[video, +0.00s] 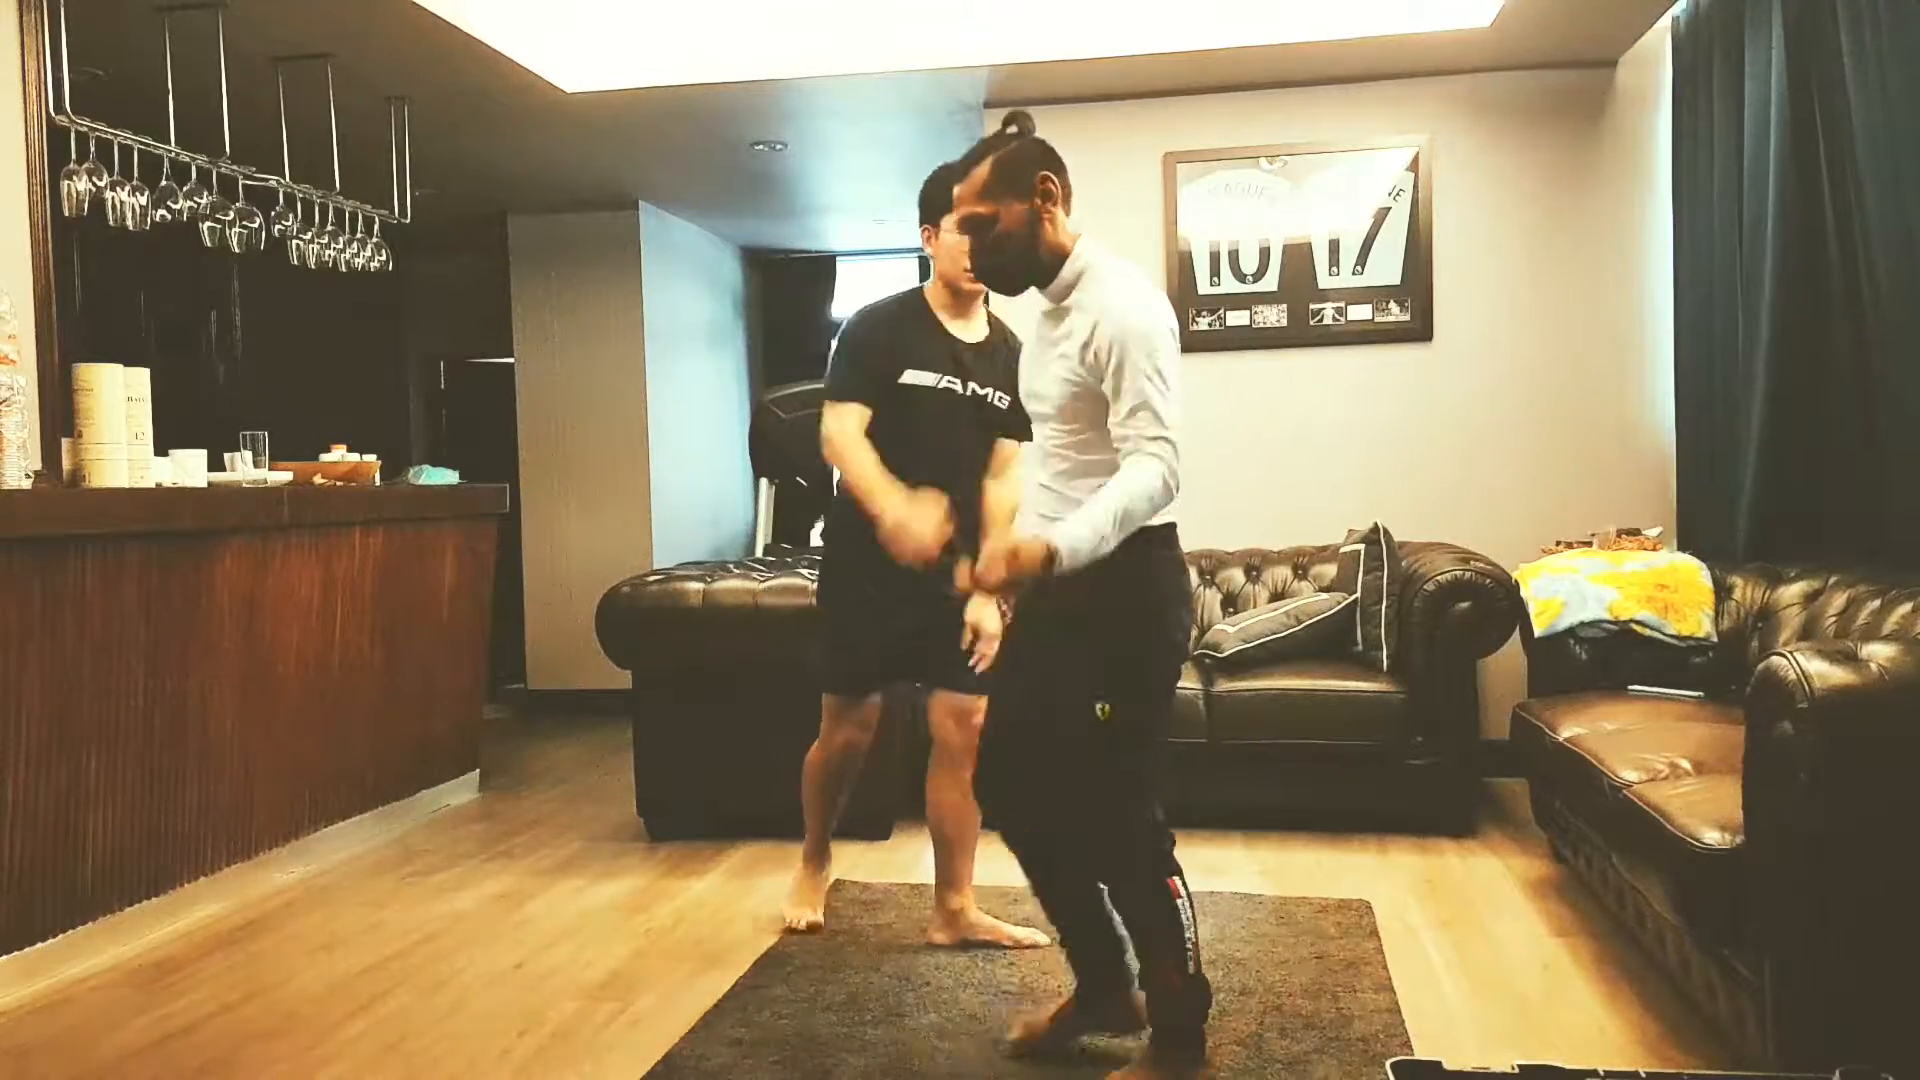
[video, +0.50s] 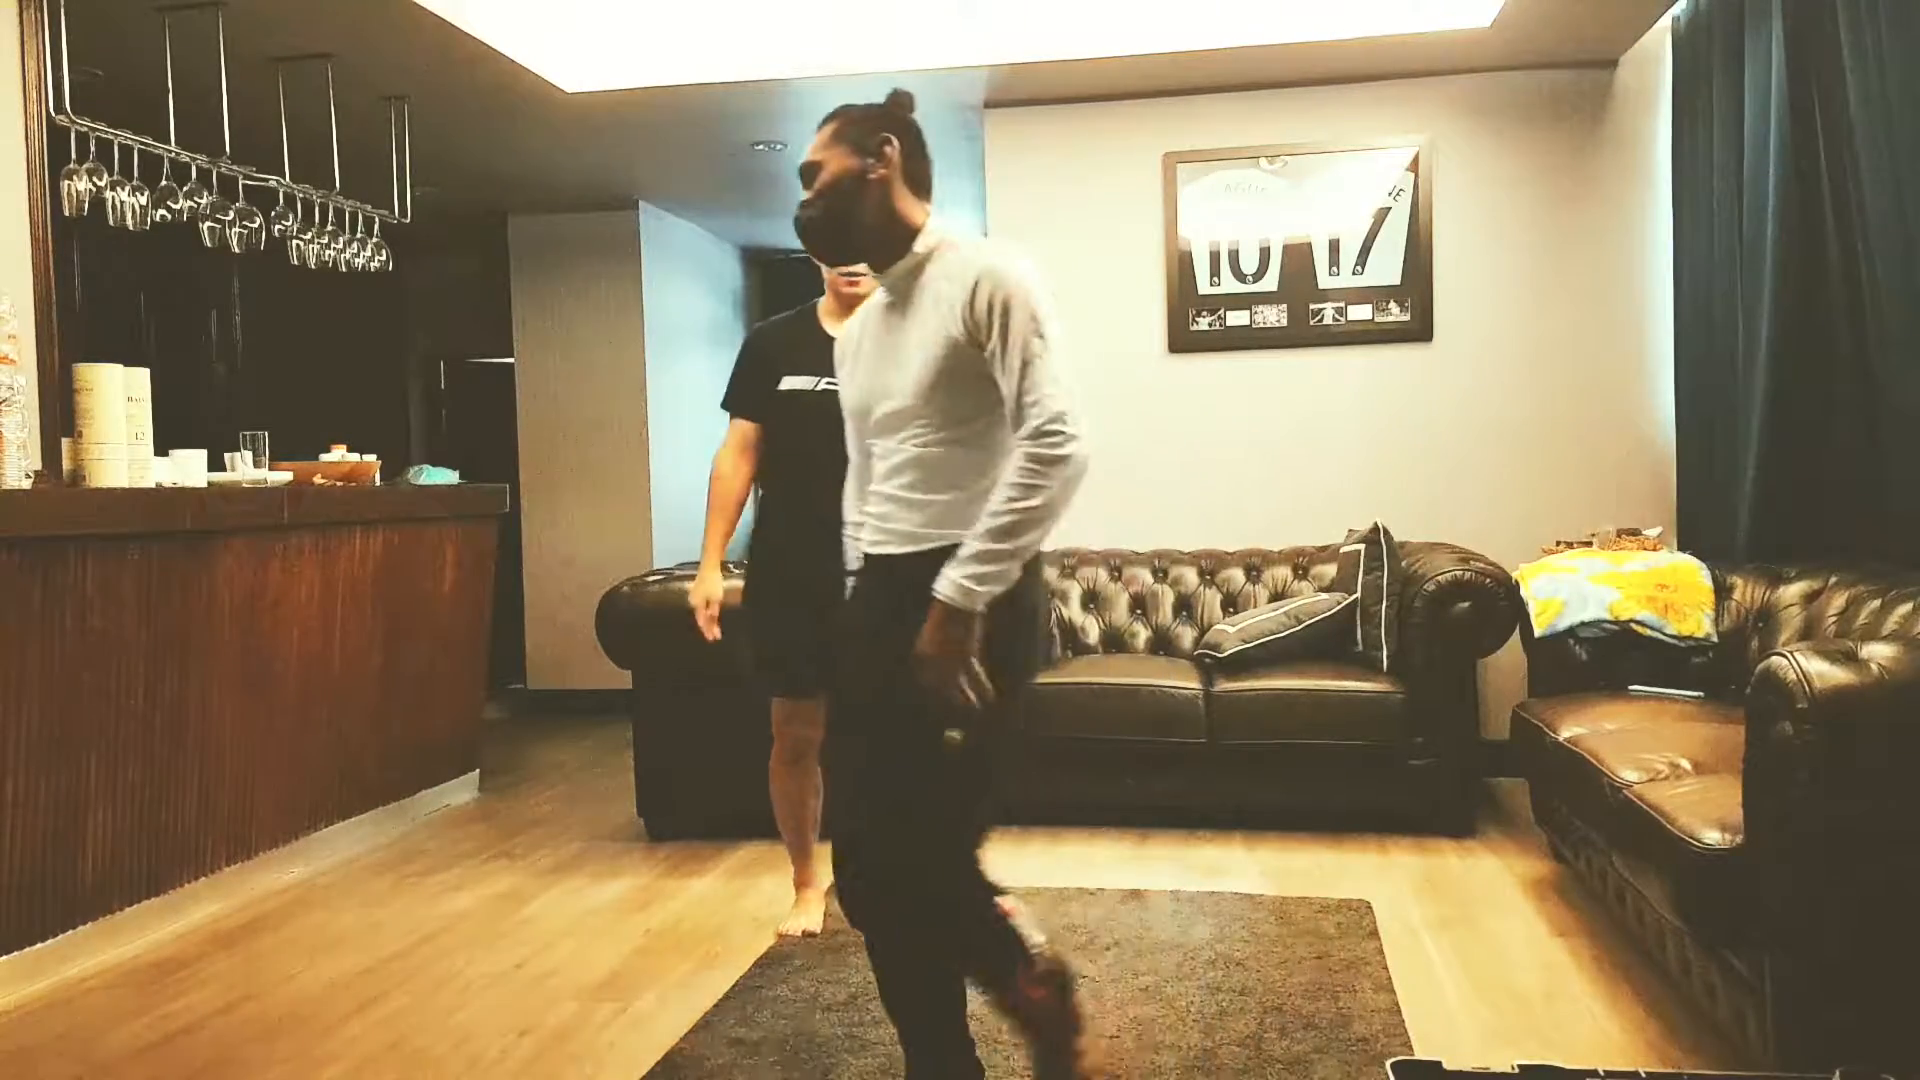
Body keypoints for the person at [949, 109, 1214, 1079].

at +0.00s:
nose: (976, 246)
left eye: (987, 225)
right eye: (969, 229)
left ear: (1051, 198)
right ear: (1036, 207)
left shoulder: (1126, 306)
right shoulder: (1035, 311)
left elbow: (1154, 466)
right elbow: (1048, 453)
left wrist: (1056, 543)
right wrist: (1010, 547)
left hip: (1128, 578)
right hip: (1054, 580)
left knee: (1114, 798)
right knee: (1012, 783)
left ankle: (1180, 1026)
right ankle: (1103, 991)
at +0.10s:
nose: (943, 233)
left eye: (956, 210)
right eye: (938, 214)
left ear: (1025, 193)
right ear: (1003, 203)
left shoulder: (1108, 306)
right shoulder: (1011, 302)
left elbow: (1140, 482)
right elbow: (1042, 452)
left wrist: (1046, 611)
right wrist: (1015, 555)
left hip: (1119, 582)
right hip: (1036, 576)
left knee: (1124, 821)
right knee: (990, 809)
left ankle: (1179, 1019)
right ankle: (1050, 1038)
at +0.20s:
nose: (907, 224)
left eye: (919, 201)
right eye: (904, 206)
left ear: (990, 186)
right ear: (980, 193)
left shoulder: (1082, 302)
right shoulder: (986, 310)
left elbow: (1119, 489)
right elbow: (1005, 468)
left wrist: (1064, 638)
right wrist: (982, 587)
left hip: (1091, 589)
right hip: (1004, 587)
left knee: (1119, 827)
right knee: (975, 831)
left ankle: (1177, 1010)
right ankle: (983, 1055)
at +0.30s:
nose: (869, 205)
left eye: (886, 184)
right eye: (868, 188)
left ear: (956, 180)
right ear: (946, 186)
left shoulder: (1048, 296)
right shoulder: (946, 309)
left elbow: (1100, 479)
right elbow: (973, 476)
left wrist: (1043, 639)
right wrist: (947, 628)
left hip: (1062, 593)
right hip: (968, 595)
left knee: (1097, 845)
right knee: (948, 858)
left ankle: (1171, 1012)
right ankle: (966, 1062)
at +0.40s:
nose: (833, 199)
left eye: (849, 178)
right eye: (832, 183)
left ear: (919, 172)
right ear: (909, 179)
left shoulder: (1018, 280)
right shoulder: (896, 317)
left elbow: (1068, 460)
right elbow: (925, 471)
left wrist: (1009, 623)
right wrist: (903, 611)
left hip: (1017, 590)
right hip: (924, 592)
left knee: (1020, 861)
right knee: (904, 869)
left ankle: (1126, 991)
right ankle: (947, 1065)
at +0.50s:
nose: (804, 199)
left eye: (818, 177)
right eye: (802, 183)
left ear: (886, 160)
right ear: (876, 168)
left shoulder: (987, 277)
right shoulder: (858, 325)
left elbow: (1054, 443)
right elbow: (866, 473)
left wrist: (960, 601)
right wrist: (857, 593)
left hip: (969, 596)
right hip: (880, 594)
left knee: (920, 851)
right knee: (869, 855)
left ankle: (1041, 998)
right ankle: (940, 1061)